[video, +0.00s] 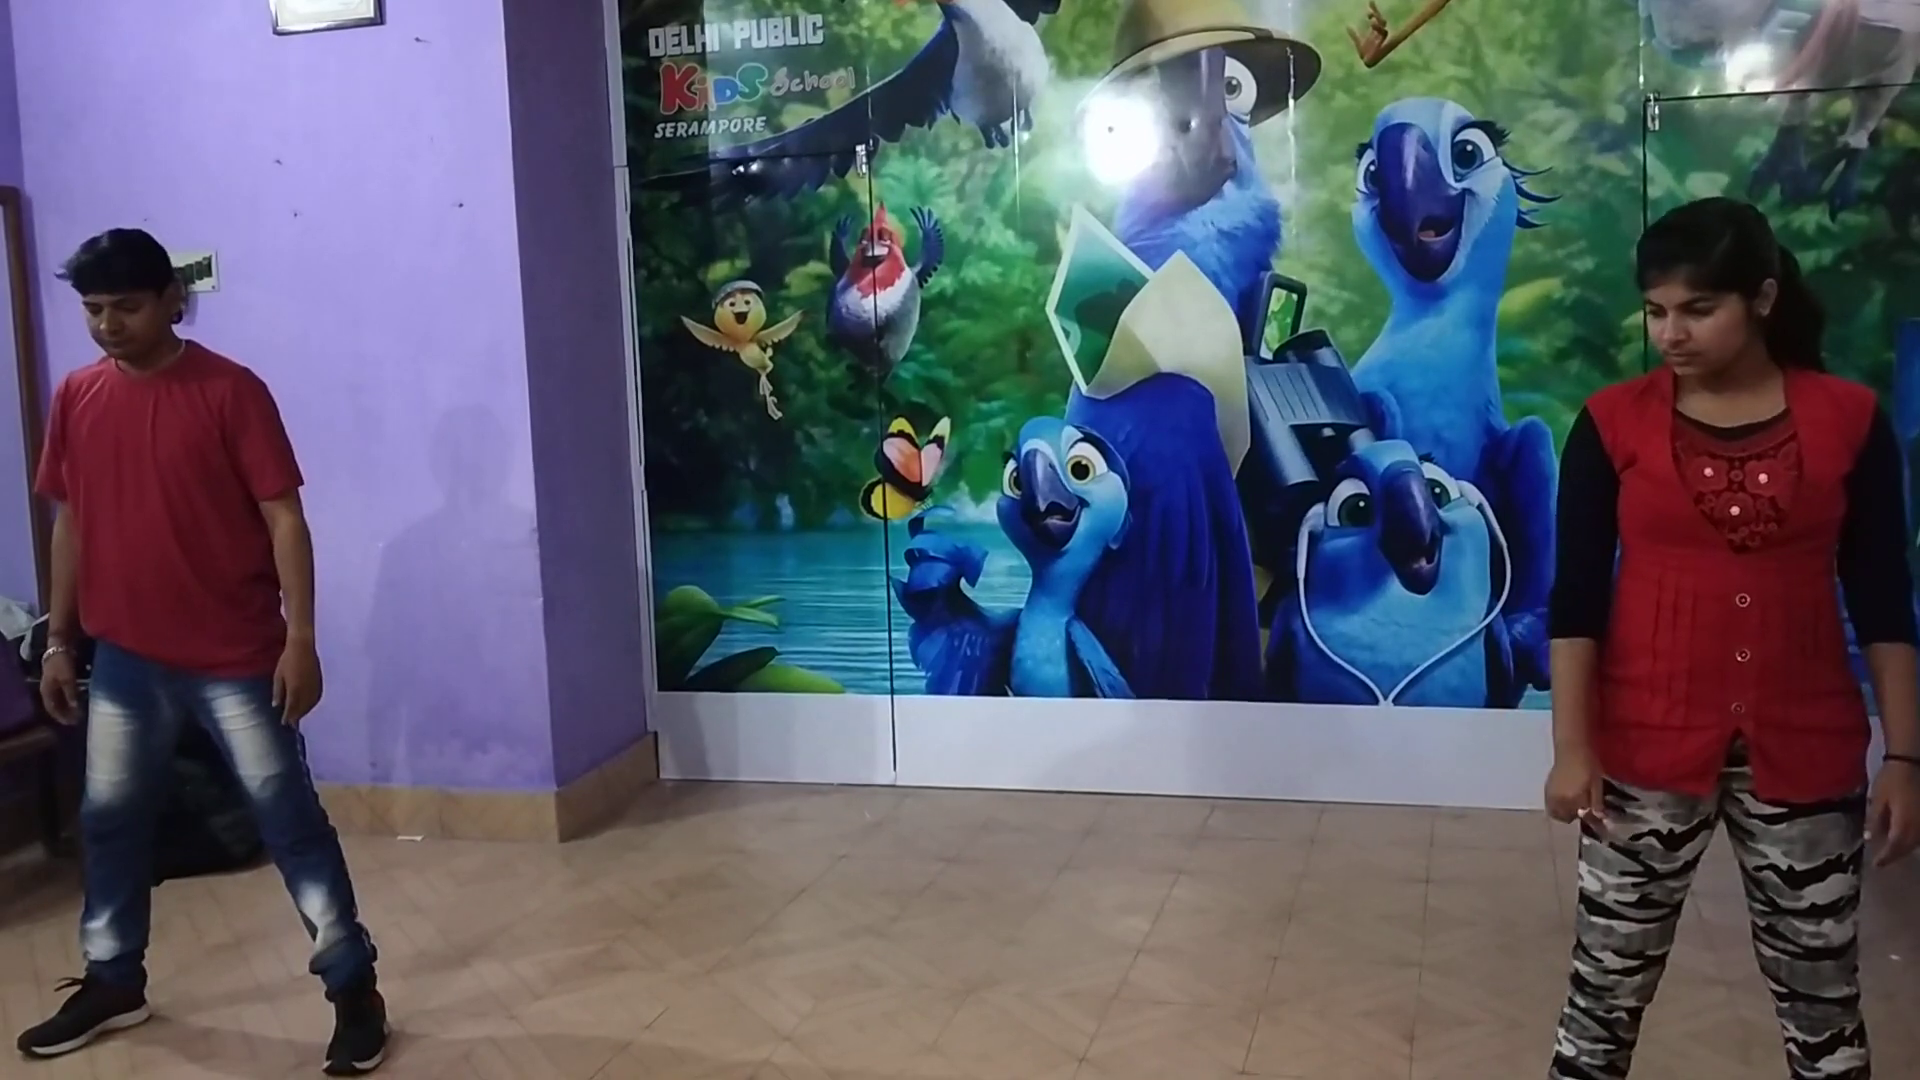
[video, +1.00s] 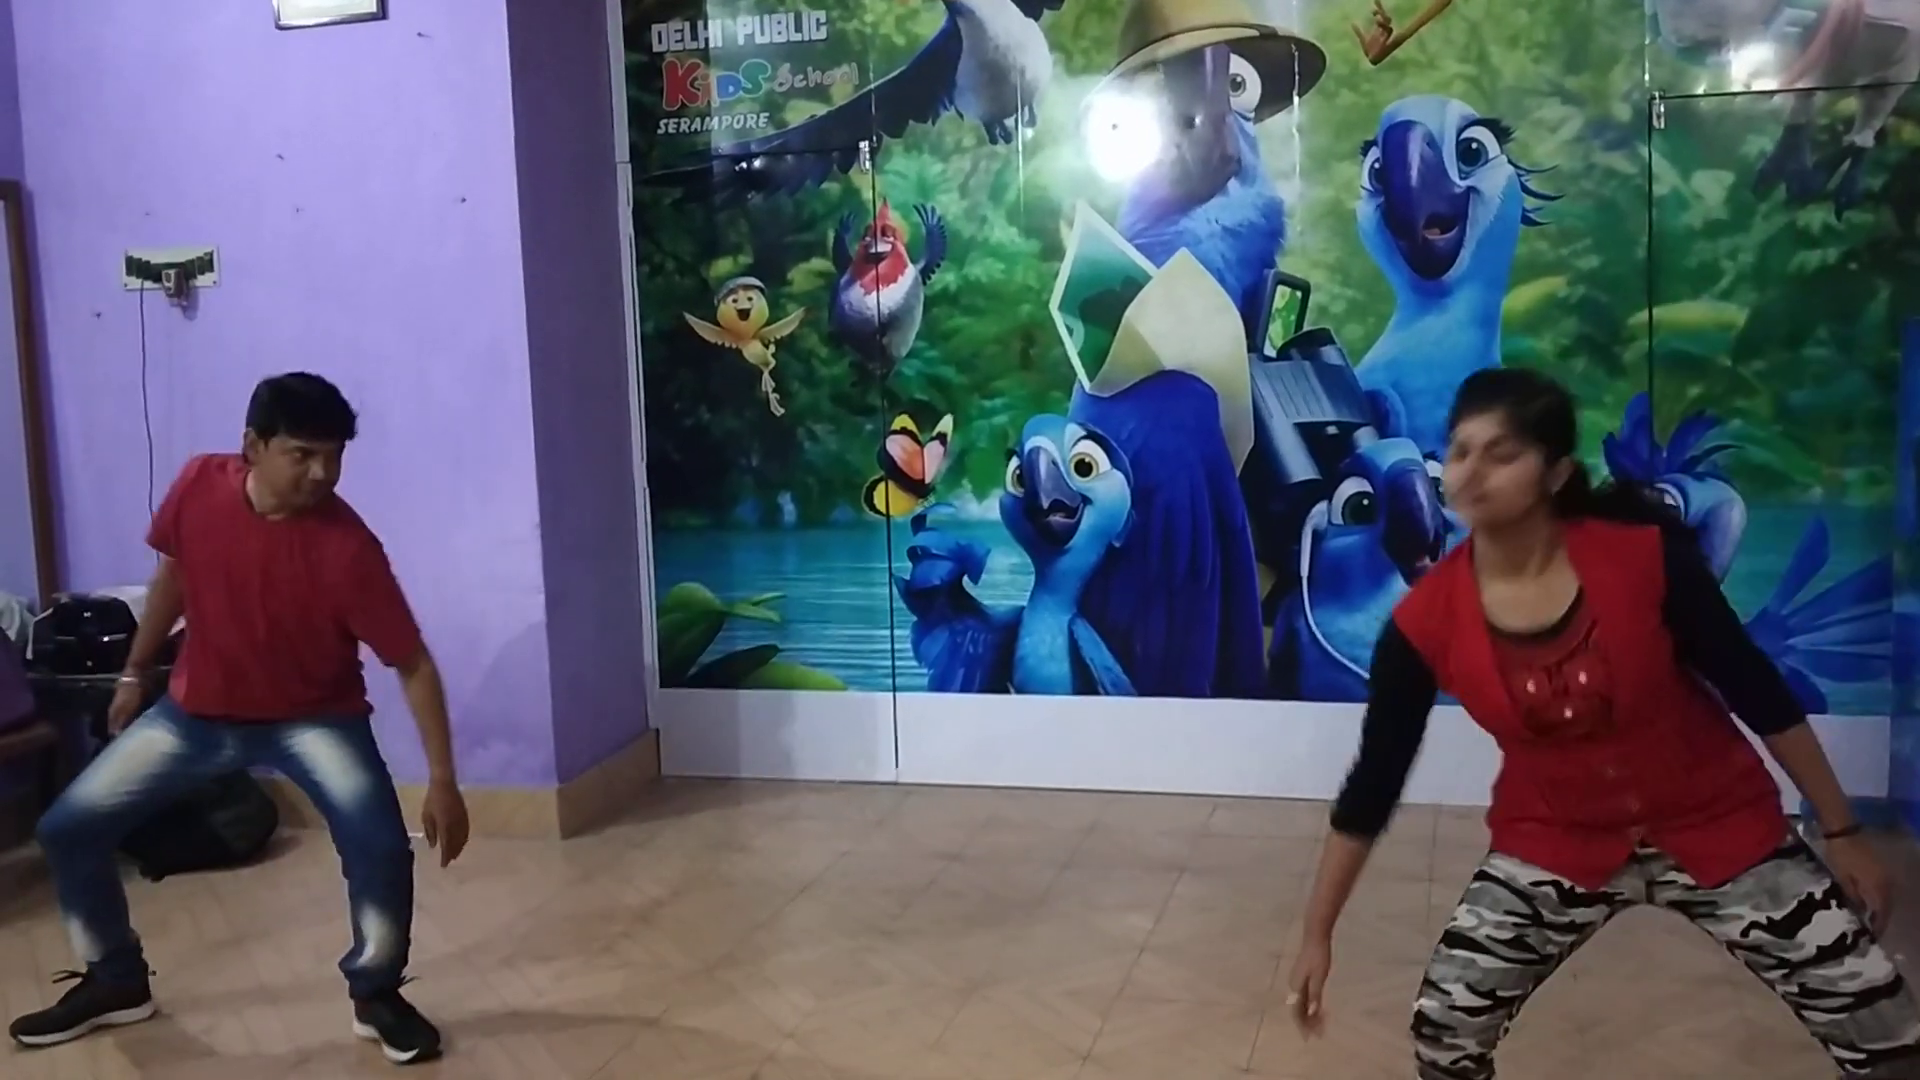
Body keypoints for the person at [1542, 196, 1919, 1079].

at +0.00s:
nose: (1669, 331)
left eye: (1695, 309)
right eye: (1656, 309)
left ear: (1761, 301)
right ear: (1644, 306)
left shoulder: (1848, 422)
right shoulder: (1611, 424)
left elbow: (1881, 598)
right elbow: (1576, 597)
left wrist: (1901, 753)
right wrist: (1570, 744)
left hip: (1803, 749)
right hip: (1646, 748)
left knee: (1822, 998)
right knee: (1606, 992)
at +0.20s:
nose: (1679, 332)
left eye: (1704, 309)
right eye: (1664, 310)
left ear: (1768, 300)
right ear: (1650, 309)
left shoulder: (1857, 421)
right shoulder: (1620, 423)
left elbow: (1889, 601)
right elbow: (1581, 599)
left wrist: (1912, 760)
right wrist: (1561, 757)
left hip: (1816, 749)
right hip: (1657, 748)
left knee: (1830, 1010)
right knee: (1613, 999)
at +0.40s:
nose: (1695, 340)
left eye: (1719, 316)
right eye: (1679, 318)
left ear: (1785, 306)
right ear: (1663, 316)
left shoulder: (1869, 426)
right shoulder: (1633, 429)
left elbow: (1904, 604)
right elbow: (1590, 602)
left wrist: (1917, 746)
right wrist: (1558, 759)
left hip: (1820, 752)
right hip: (1659, 749)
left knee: (1836, 1009)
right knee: (1607, 998)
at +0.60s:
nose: (1705, 336)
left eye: (1731, 314)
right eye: (1689, 313)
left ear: (1794, 311)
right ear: (1670, 307)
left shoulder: (1840, 443)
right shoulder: (1609, 418)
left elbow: (1889, 620)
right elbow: (1562, 590)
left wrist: (1917, 740)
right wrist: (1539, 743)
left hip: (1790, 750)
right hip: (1633, 745)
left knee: (1830, 1000)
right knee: (1563, 984)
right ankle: (1528, 1069)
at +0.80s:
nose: (1612, 369)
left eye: (1646, 353)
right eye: (1604, 343)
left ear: (1694, 377)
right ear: (1584, 349)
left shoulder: (1720, 488)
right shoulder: (1498, 470)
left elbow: (1791, 645)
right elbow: (1439, 626)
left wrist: (1882, 804)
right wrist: (1424, 789)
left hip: (1722, 773)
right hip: (1568, 785)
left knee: (1860, 1011)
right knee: (1475, 1024)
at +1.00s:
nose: (1469, 475)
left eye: (1498, 455)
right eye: (1458, 453)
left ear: (1555, 473)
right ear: (1445, 465)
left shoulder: (1648, 556)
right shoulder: (1426, 622)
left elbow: (1756, 689)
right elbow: (1373, 781)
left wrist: (1841, 828)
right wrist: (1315, 931)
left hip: (1711, 820)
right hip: (1553, 841)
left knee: (1873, 1009)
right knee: (1447, 1025)